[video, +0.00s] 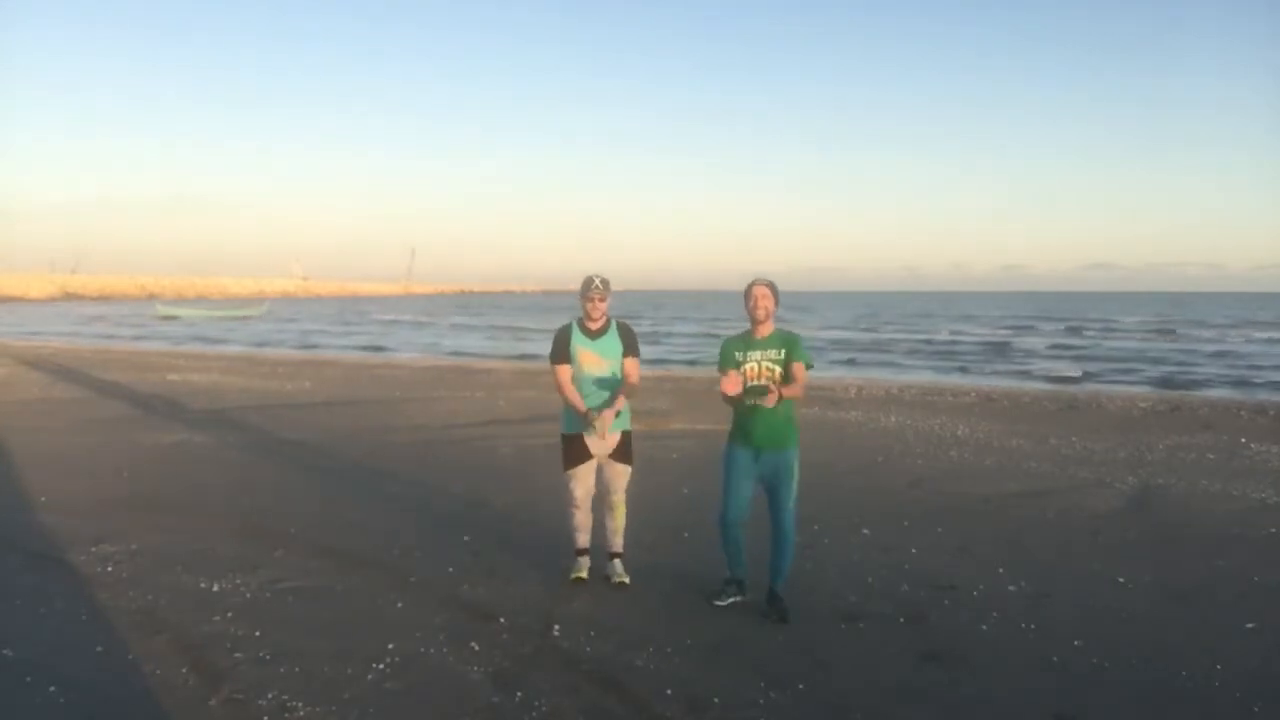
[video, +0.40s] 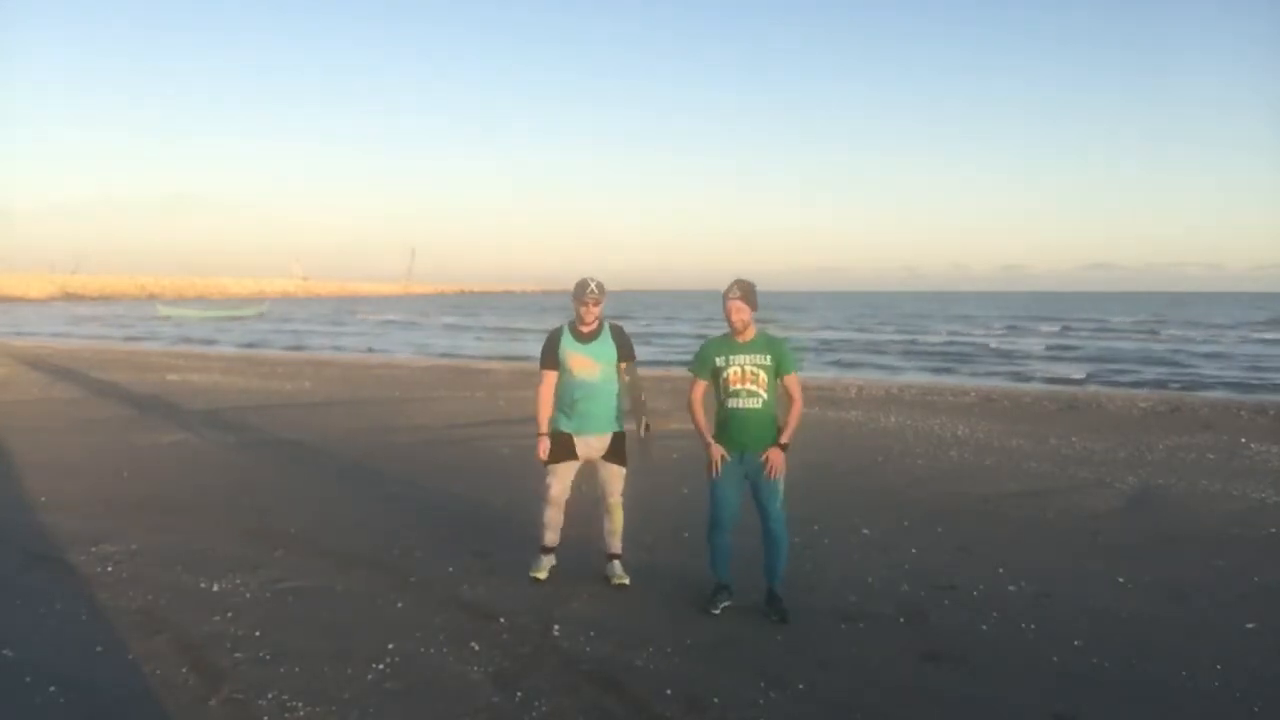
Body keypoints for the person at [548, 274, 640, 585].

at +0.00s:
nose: (595, 305)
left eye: (601, 300)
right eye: (590, 299)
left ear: (608, 301)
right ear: (581, 301)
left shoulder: (623, 332)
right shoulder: (565, 335)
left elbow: (632, 379)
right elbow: (564, 384)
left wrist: (612, 410)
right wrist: (587, 414)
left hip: (617, 426)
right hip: (578, 427)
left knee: (616, 496)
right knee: (580, 496)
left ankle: (615, 559)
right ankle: (581, 557)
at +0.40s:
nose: (590, 309)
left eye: (595, 304)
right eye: (584, 303)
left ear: (603, 305)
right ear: (575, 303)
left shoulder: (617, 336)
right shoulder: (557, 339)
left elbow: (631, 379)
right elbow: (546, 387)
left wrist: (641, 413)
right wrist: (543, 432)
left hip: (610, 433)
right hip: (566, 433)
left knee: (614, 499)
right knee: (554, 493)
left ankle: (615, 560)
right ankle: (547, 554)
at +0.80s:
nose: (552, 313)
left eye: (558, 308)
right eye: (547, 307)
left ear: (564, 309)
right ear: (536, 306)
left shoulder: (575, 340)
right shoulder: (514, 339)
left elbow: (593, 385)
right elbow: (497, 383)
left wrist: (603, 426)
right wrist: (486, 426)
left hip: (567, 436)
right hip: (522, 436)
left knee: (585, 498)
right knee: (513, 501)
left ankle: (604, 559)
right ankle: (504, 563)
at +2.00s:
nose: (504, 325)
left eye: (509, 319)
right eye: (499, 319)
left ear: (519, 316)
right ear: (490, 316)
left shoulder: (533, 339)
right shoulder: (474, 343)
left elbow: (562, 371)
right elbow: (458, 378)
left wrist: (565, 386)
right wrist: (446, 403)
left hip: (526, 440)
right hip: (481, 439)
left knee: (539, 511)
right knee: (472, 508)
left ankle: (547, 563)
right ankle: (470, 573)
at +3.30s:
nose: (524, 316)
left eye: (531, 309)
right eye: (518, 309)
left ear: (540, 310)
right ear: (508, 311)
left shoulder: (560, 340)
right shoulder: (492, 348)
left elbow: (587, 380)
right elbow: (474, 393)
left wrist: (587, 422)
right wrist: (484, 440)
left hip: (562, 450)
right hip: (514, 454)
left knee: (573, 529)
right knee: (499, 525)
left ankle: (581, 606)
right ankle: (481, 576)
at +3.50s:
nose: (548, 315)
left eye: (555, 308)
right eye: (542, 308)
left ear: (564, 308)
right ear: (532, 309)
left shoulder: (582, 343)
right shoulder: (513, 348)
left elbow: (610, 389)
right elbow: (493, 395)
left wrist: (617, 431)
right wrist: (494, 439)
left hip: (574, 454)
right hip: (527, 456)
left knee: (576, 532)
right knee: (523, 532)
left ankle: (581, 609)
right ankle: (529, 591)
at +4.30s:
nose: (536, 311)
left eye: (542, 304)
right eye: (529, 304)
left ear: (550, 304)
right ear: (516, 303)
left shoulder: (566, 339)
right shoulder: (496, 341)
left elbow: (590, 393)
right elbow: (477, 398)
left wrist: (575, 401)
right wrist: (479, 397)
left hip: (559, 458)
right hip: (508, 457)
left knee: (563, 543)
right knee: (508, 544)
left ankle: (568, 615)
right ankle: (511, 625)